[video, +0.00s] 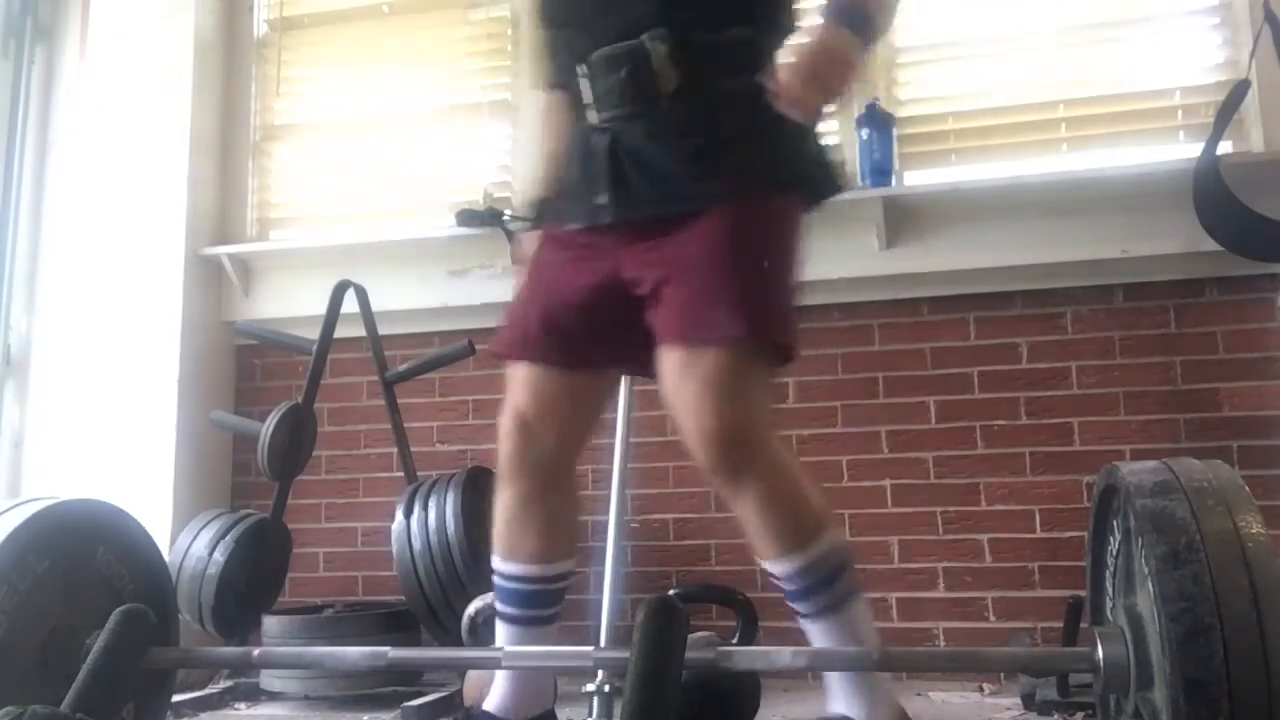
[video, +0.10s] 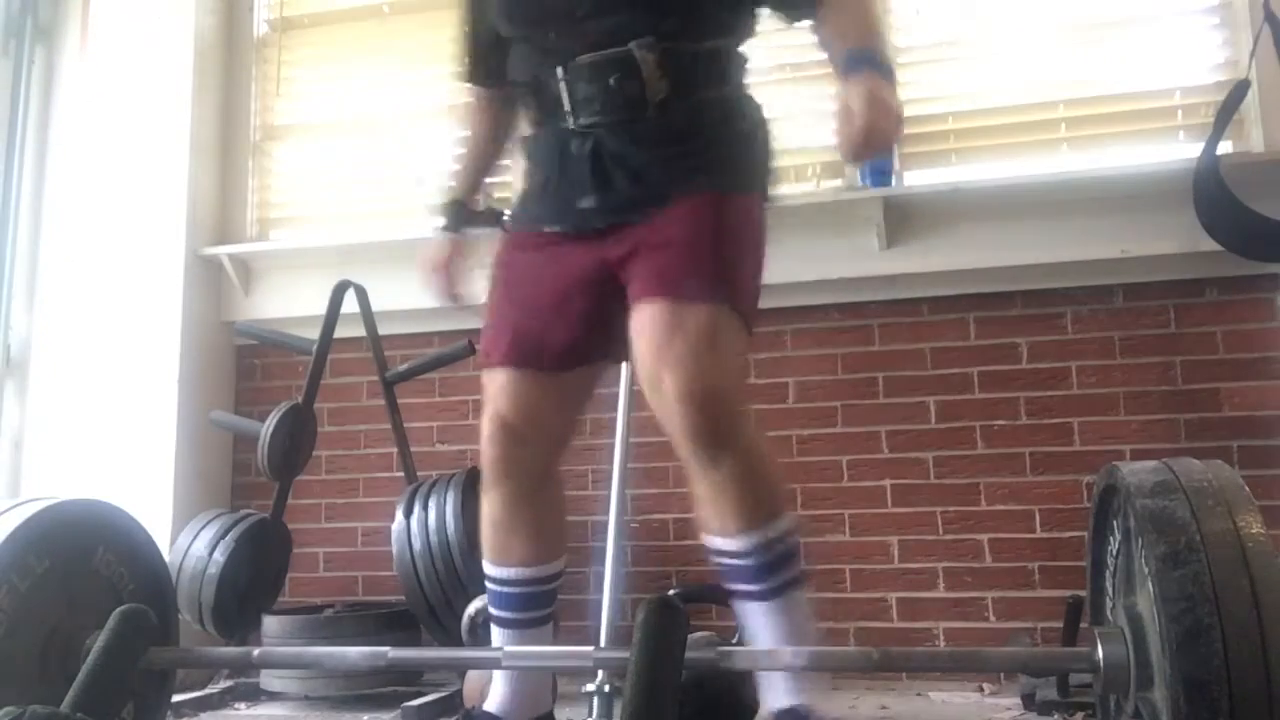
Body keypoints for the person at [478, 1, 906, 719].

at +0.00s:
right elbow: (565, 68)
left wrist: (840, 34)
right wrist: (546, 198)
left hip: (723, 166)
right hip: (594, 176)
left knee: (722, 429)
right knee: (529, 436)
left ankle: (862, 696)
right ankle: (521, 692)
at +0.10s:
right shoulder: (498, 11)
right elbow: (494, 85)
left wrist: (862, 65)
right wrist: (457, 210)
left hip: (690, 147)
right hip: (559, 166)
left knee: (697, 406)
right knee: (511, 435)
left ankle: (788, 692)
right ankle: (516, 696)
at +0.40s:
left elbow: (789, 2)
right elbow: (416, 31)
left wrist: (869, 120)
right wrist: (363, 153)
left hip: (656, 163)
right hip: (516, 172)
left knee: (654, 414)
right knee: (502, 433)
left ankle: (696, 692)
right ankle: (519, 682)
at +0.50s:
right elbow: (431, 15)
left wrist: (879, 111)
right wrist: (378, 137)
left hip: (661, 155)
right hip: (518, 161)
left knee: (654, 408)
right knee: (462, 426)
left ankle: (697, 693)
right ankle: (514, 667)